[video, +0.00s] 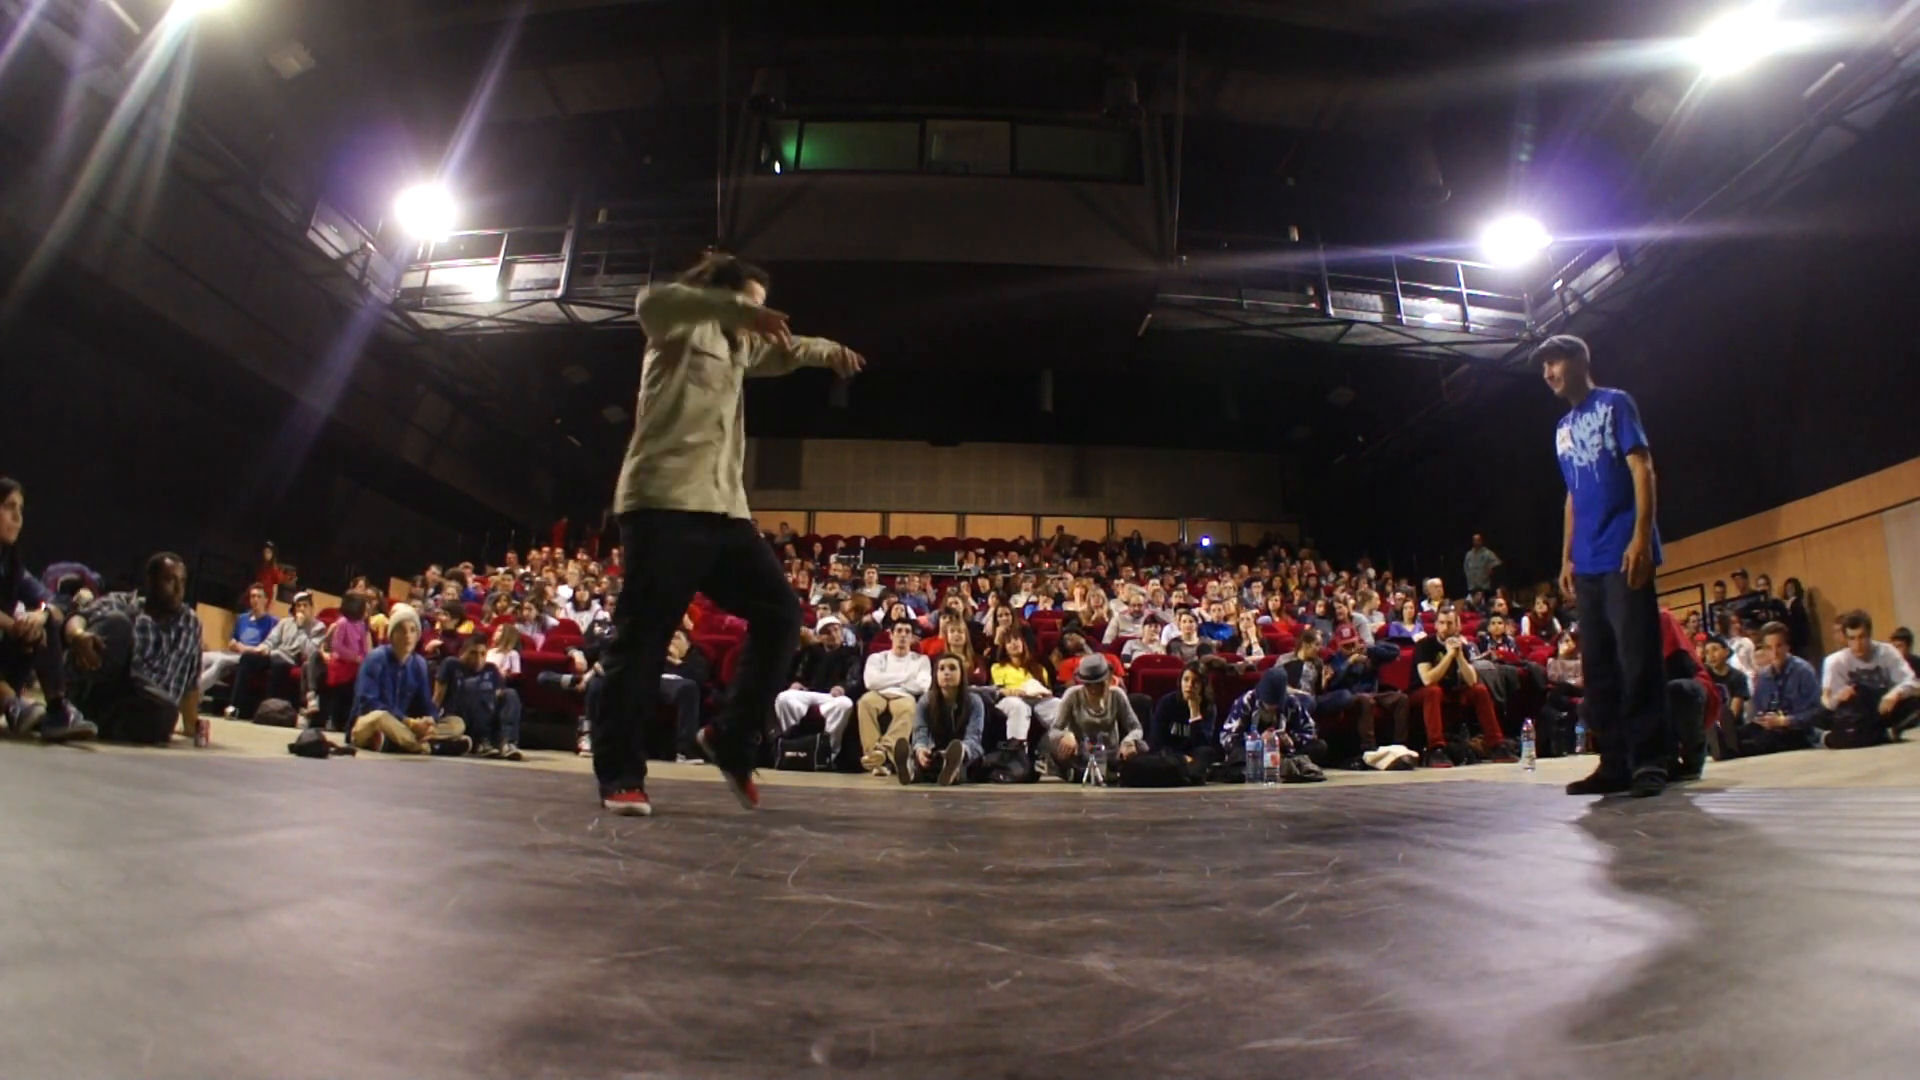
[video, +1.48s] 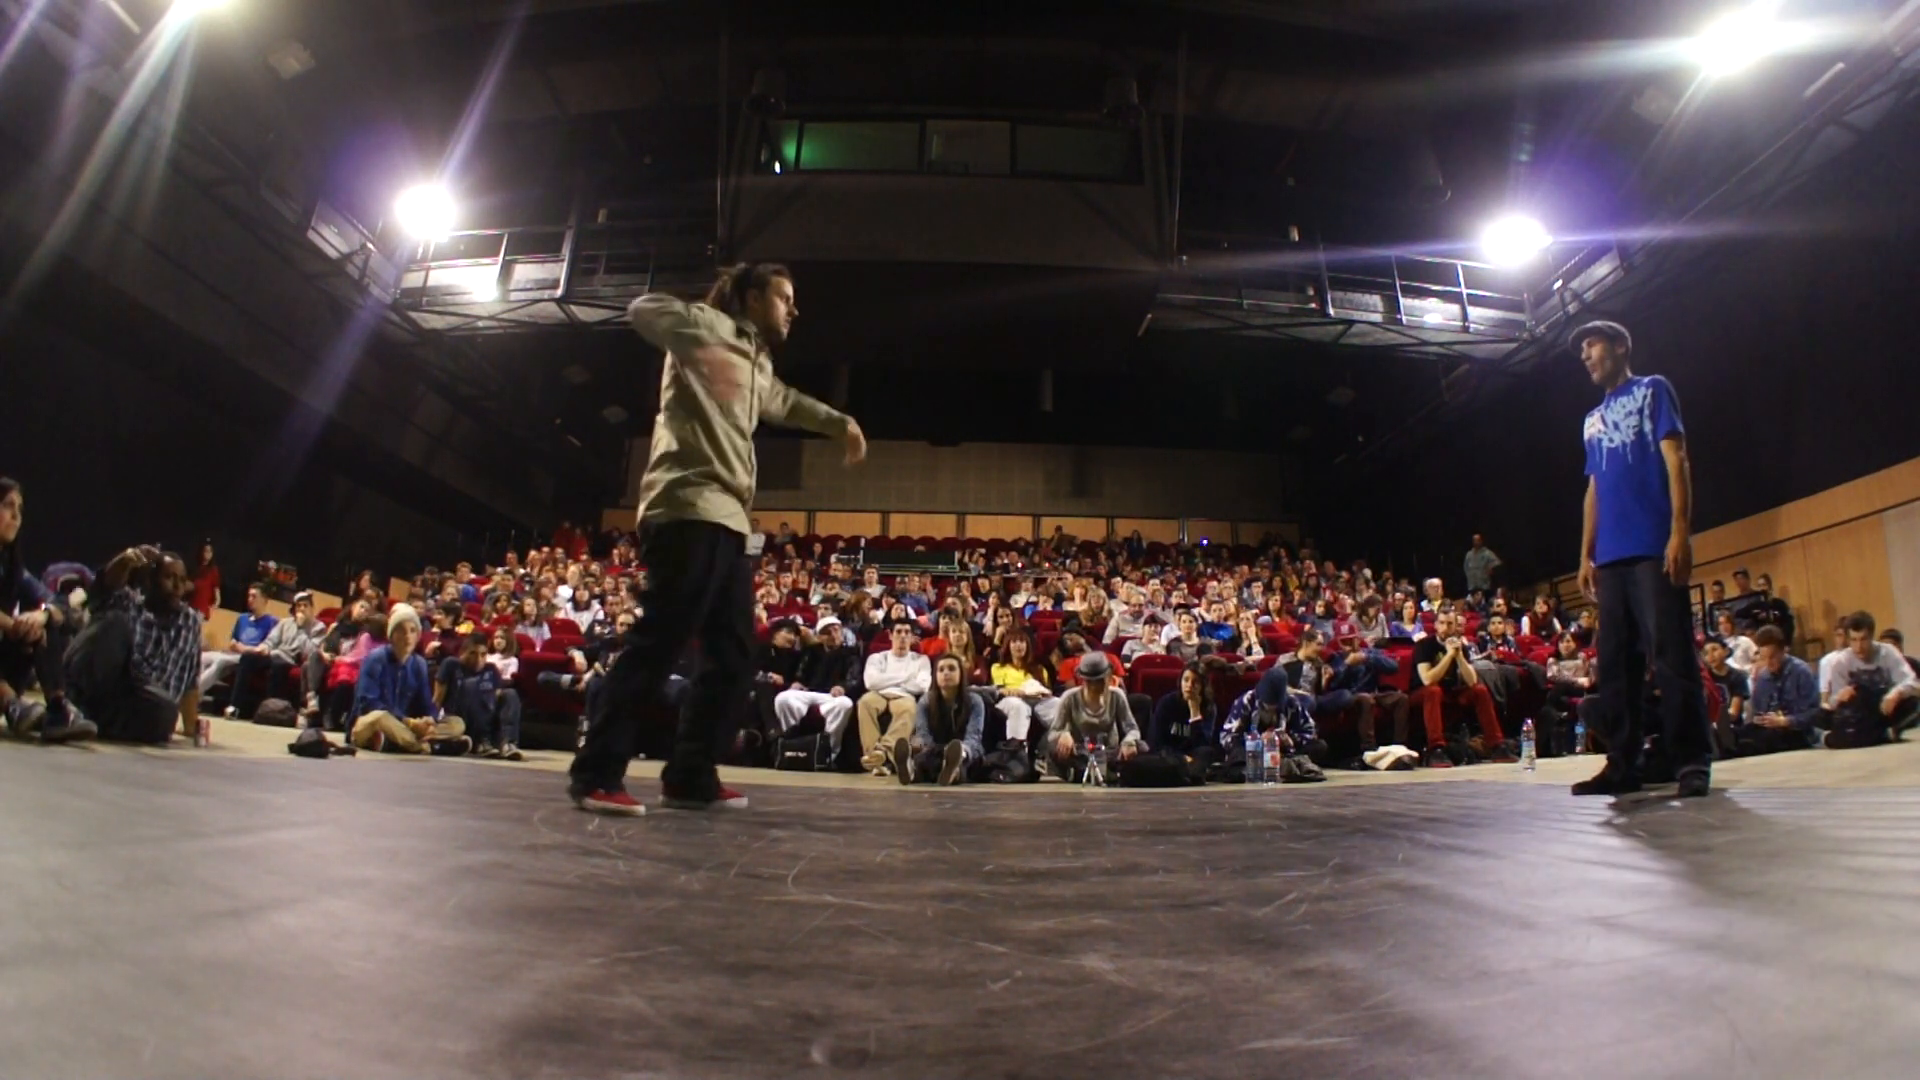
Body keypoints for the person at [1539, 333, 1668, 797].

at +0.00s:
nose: (1548, 373)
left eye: (1555, 362)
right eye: (1545, 367)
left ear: (1581, 363)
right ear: (1547, 376)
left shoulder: (1614, 404)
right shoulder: (1563, 428)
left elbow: (1642, 471)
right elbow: (1573, 496)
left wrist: (1641, 539)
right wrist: (1568, 559)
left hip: (1624, 552)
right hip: (1586, 559)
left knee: (1638, 659)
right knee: (1597, 662)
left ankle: (1650, 761)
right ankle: (1613, 761)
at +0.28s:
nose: (1541, 370)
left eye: (1551, 363)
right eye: (1539, 367)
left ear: (1577, 371)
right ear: (1542, 383)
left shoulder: (1610, 405)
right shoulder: (1546, 441)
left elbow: (1641, 468)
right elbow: (1556, 507)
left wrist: (1650, 535)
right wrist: (1555, 573)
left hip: (1625, 550)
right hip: (1585, 561)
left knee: (1628, 651)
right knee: (1595, 661)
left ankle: (1649, 760)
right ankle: (1614, 762)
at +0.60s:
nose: (1546, 375)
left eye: (1553, 366)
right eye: (1543, 371)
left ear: (1581, 369)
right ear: (1549, 383)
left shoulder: (1617, 401)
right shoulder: (1558, 440)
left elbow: (1648, 464)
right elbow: (1564, 506)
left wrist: (1672, 534)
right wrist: (1558, 570)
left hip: (1634, 555)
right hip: (1590, 567)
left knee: (1663, 658)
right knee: (1601, 668)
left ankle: (1692, 762)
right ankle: (1615, 764)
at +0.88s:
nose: (1568, 361)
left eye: (1576, 352)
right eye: (1565, 357)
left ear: (1605, 354)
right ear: (1569, 369)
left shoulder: (1641, 392)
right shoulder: (1576, 426)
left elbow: (1666, 456)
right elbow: (1583, 495)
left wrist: (1668, 525)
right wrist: (1579, 558)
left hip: (1650, 549)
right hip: (1607, 560)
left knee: (1671, 659)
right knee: (1613, 664)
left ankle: (1691, 763)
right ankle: (1616, 763)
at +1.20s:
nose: (1584, 353)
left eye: (1591, 344)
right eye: (1581, 348)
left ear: (1620, 345)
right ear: (1585, 358)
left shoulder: (1652, 384)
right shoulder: (1592, 417)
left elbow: (1679, 452)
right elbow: (1600, 485)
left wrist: (1676, 523)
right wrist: (1591, 548)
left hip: (1659, 545)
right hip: (1617, 554)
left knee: (1675, 656)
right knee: (1619, 661)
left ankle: (1692, 763)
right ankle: (1623, 764)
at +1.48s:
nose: (1586, 357)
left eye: (1593, 347)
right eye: (1583, 352)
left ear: (1621, 348)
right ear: (1588, 361)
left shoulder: (1652, 389)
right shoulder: (1592, 420)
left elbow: (1677, 461)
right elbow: (1594, 488)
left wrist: (1680, 534)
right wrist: (1587, 554)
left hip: (1654, 550)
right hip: (1610, 559)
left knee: (1671, 659)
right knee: (1616, 664)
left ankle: (1692, 763)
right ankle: (1623, 764)